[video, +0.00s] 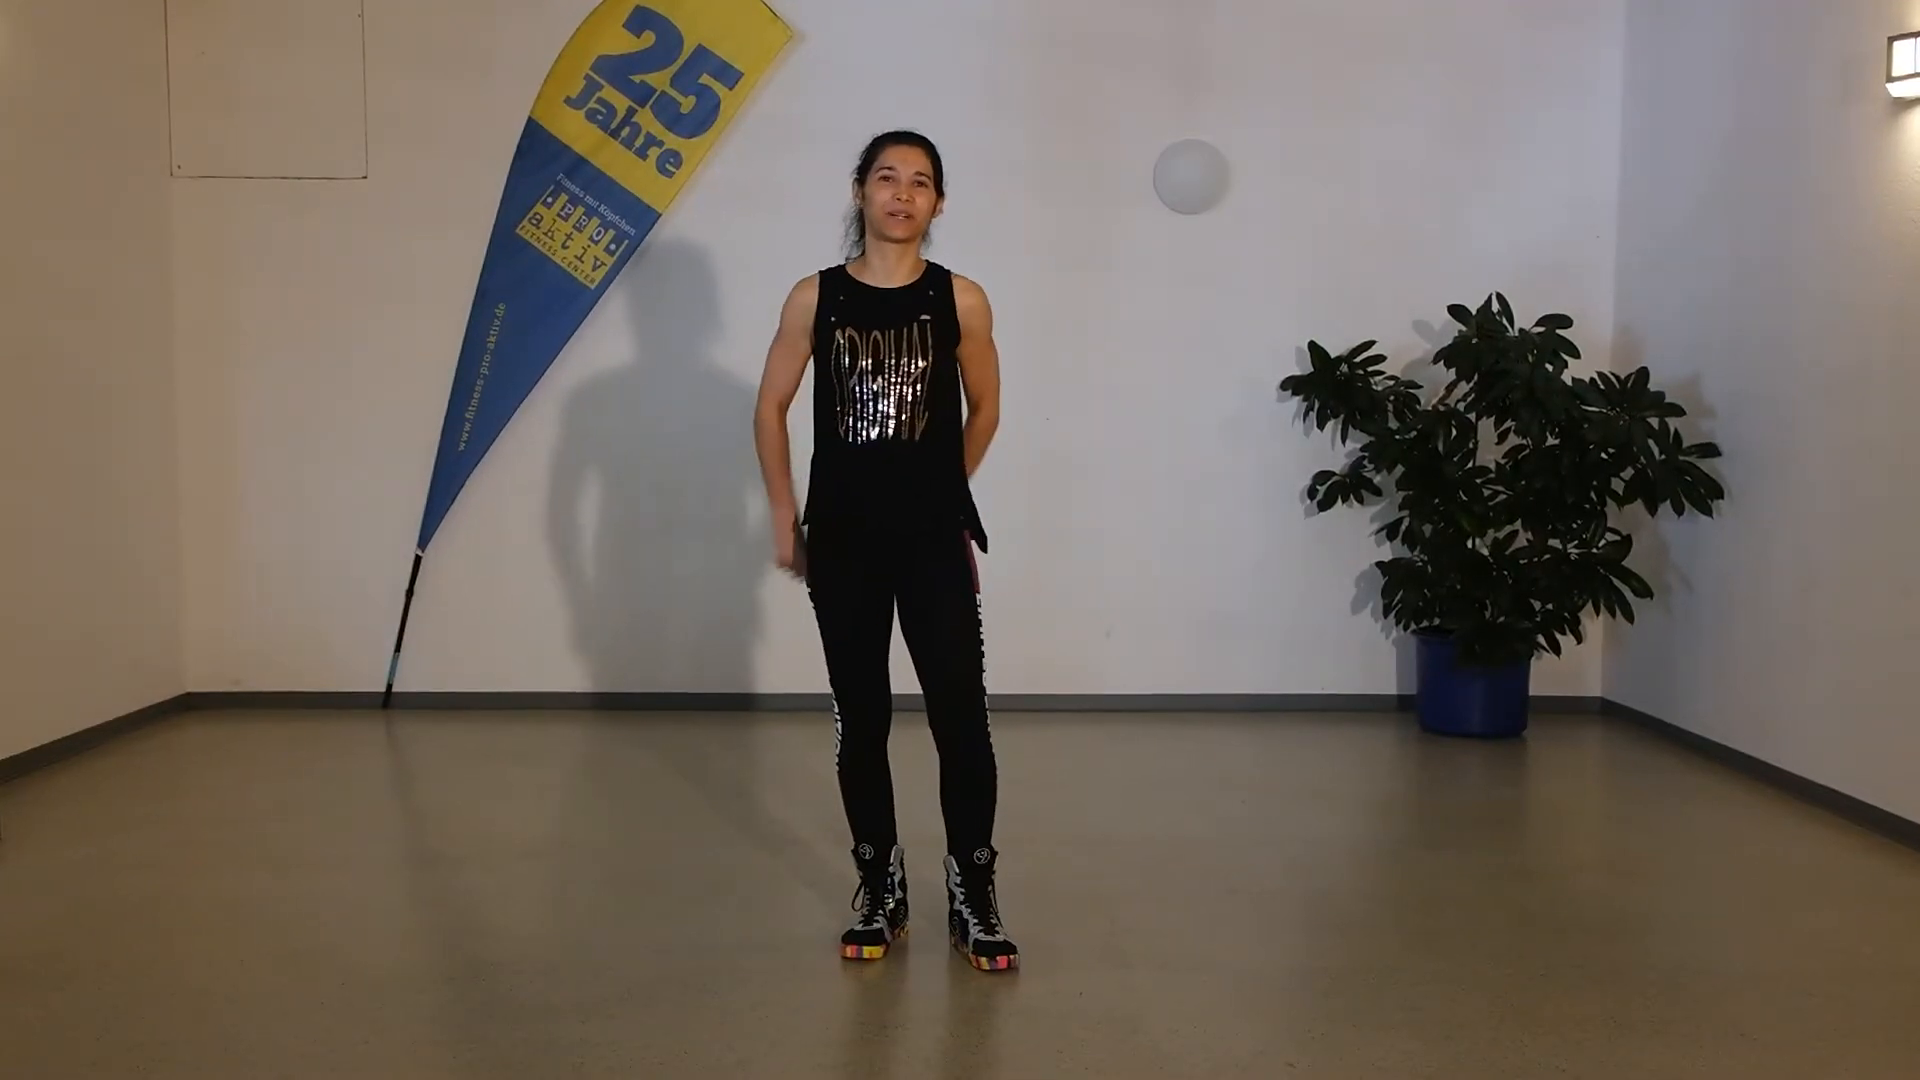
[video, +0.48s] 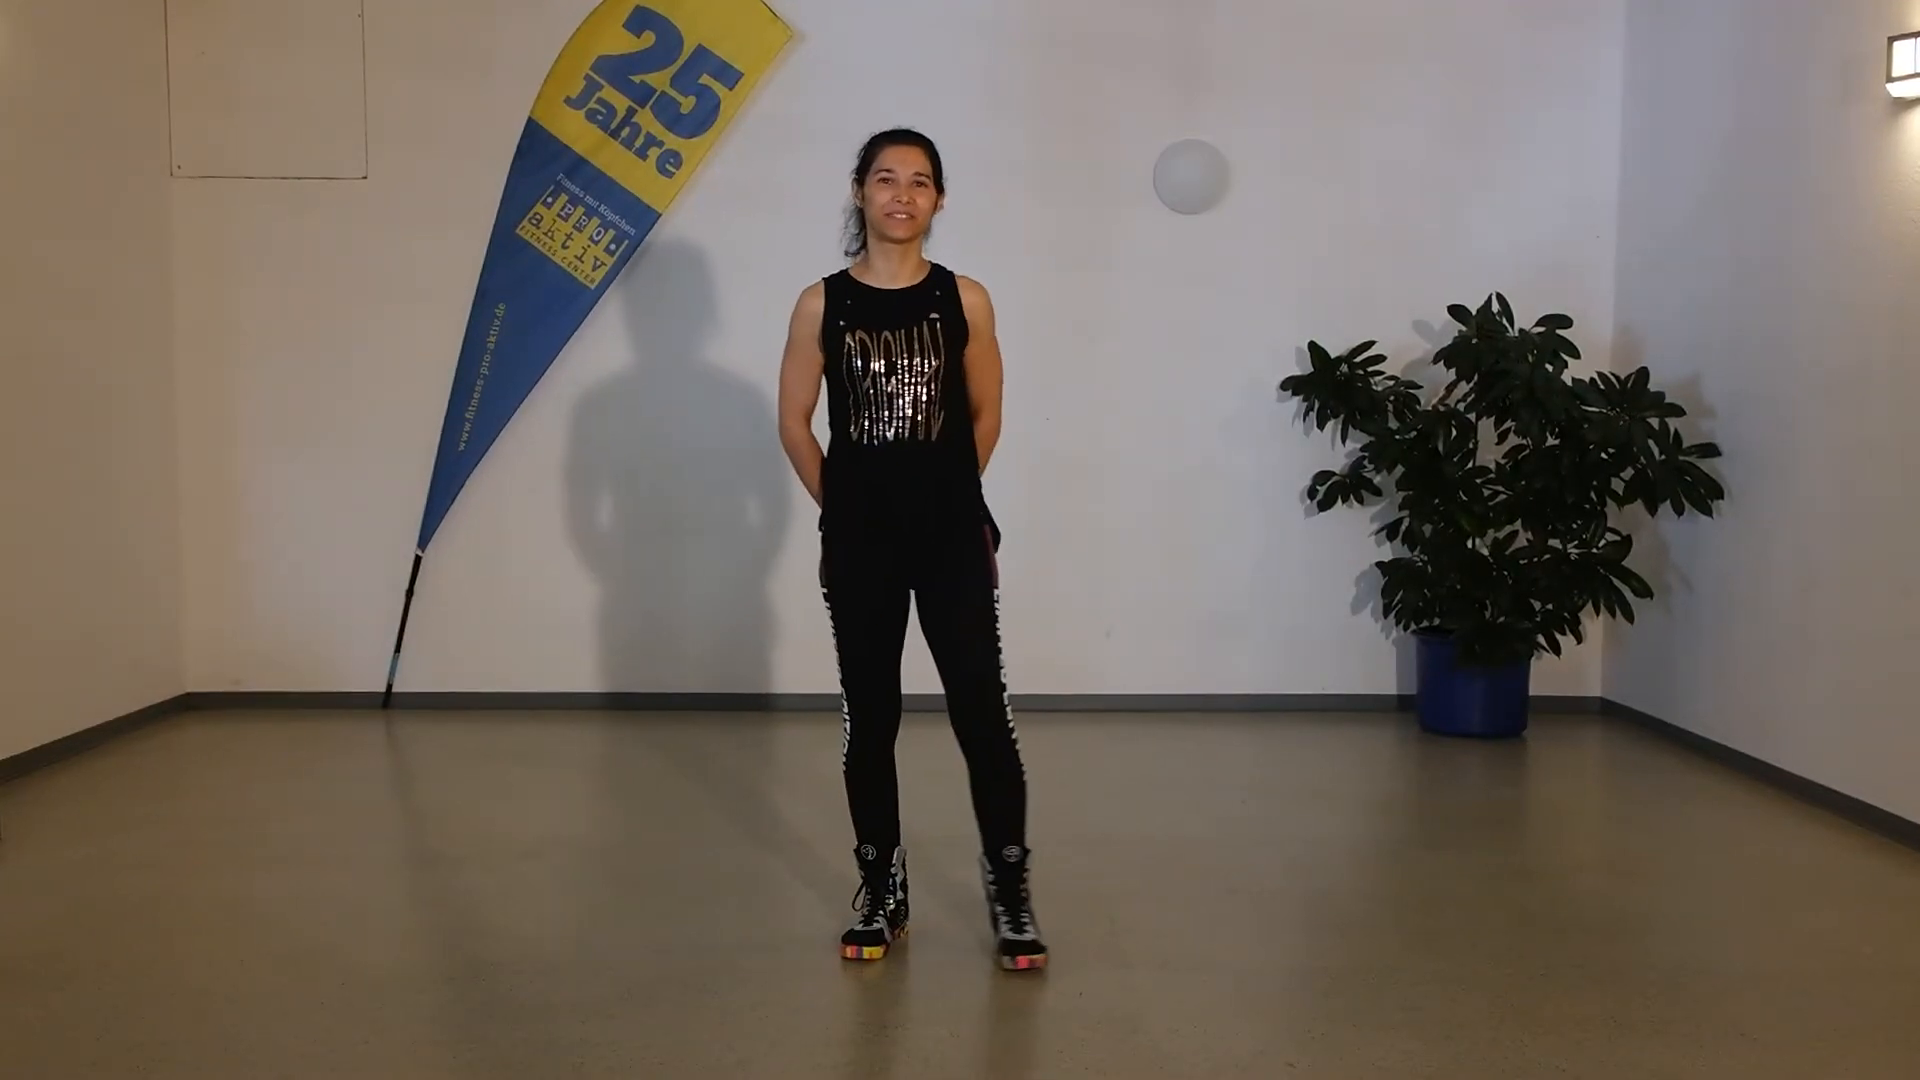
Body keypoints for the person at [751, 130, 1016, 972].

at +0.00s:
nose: (901, 192)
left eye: (918, 183)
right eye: (887, 178)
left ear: (936, 205)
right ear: (859, 194)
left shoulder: (961, 300)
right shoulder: (815, 297)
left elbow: (986, 411)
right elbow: (770, 411)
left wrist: (949, 487)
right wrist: (786, 519)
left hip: (933, 533)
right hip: (842, 535)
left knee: (961, 717)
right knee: (861, 721)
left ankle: (973, 895)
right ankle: (879, 888)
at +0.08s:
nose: (902, 193)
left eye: (919, 183)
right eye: (888, 178)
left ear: (936, 204)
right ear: (860, 193)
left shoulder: (961, 300)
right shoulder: (815, 298)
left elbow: (977, 412)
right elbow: (773, 409)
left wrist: (930, 475)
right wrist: (806, 500)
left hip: (934, 528)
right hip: (844, 529)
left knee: (963, 715)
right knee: (863, 719)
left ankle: (973, 897)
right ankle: (879, 890)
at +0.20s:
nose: (902, 193)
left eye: (919, 183)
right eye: (887, 178)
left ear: (935, 205)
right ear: (859, 194)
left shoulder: (961, 299)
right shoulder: (815, 298)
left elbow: (972, 413)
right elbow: (779, 410)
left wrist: (919, 470)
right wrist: (828, 488)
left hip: (936, 524)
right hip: (848, 526)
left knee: (963, 712)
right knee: (865, 718)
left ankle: (975, 894)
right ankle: (879, 887)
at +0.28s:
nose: (901, 193)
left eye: (918, 183)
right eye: (886, 179)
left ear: (934, 204)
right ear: (858, 194)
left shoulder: (961, 297)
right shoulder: (816, 298)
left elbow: (975, 415)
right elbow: (780, 412)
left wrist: (928, 478)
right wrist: (828, 492)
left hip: (939, 525)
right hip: (852, 527)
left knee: (966, 713)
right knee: (866, 718)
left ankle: (979, 895)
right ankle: (879, 887)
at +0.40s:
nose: (901, 194)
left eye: (917, 184)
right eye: (884, 180)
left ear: (934, 203)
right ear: (857, 196)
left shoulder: (962, 300)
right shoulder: (818, 302)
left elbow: (983, 418)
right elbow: (786, 420)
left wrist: (947, 491)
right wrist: (832, 502)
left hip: (945, 529)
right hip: (856, 530)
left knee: (972, 712)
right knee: (868, 718)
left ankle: (995, 896)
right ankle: (879, 888)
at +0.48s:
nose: (903, 194)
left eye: (919, 182)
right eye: (887, 180)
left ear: (938, 201)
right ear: (860, 195)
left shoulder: (966, 300)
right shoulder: (821, 304)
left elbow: (987, 419)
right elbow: (794, 425)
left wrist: (951, 493)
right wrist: (840, 505)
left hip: (949, 526)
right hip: (860, 529)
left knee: (981, 713)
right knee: (871, 717)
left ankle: (1011, 898)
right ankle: (881, 891)